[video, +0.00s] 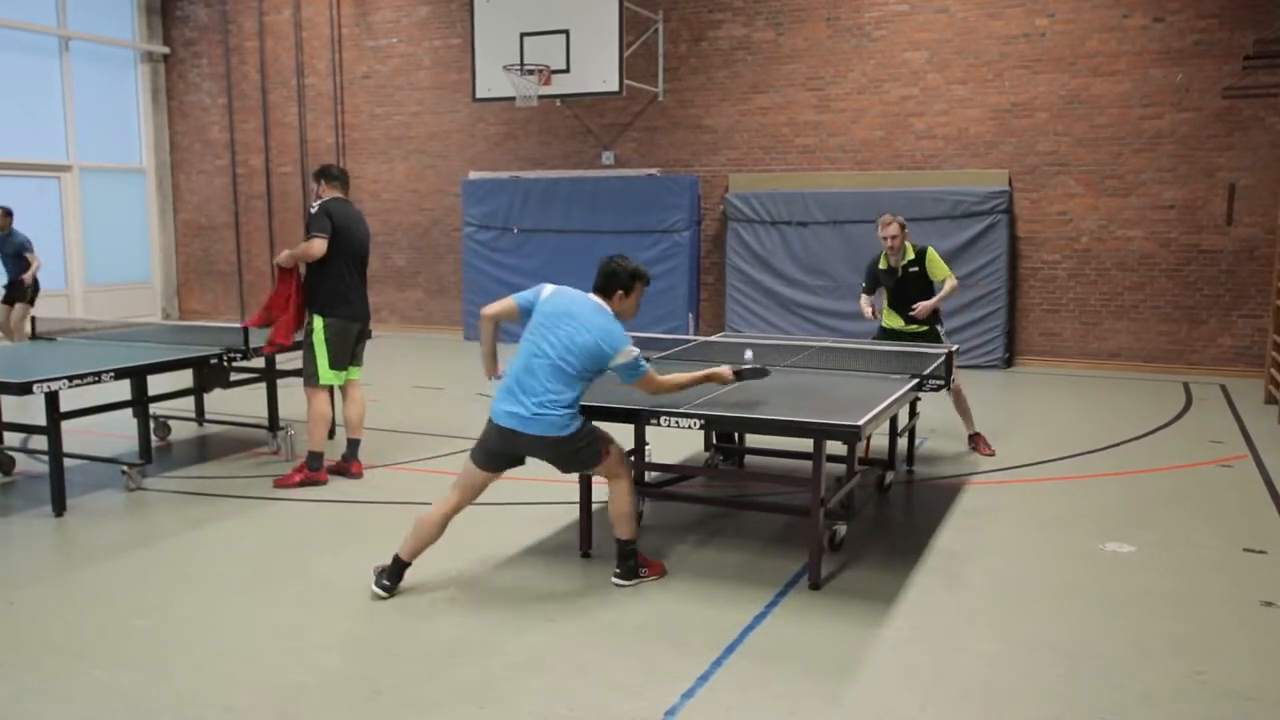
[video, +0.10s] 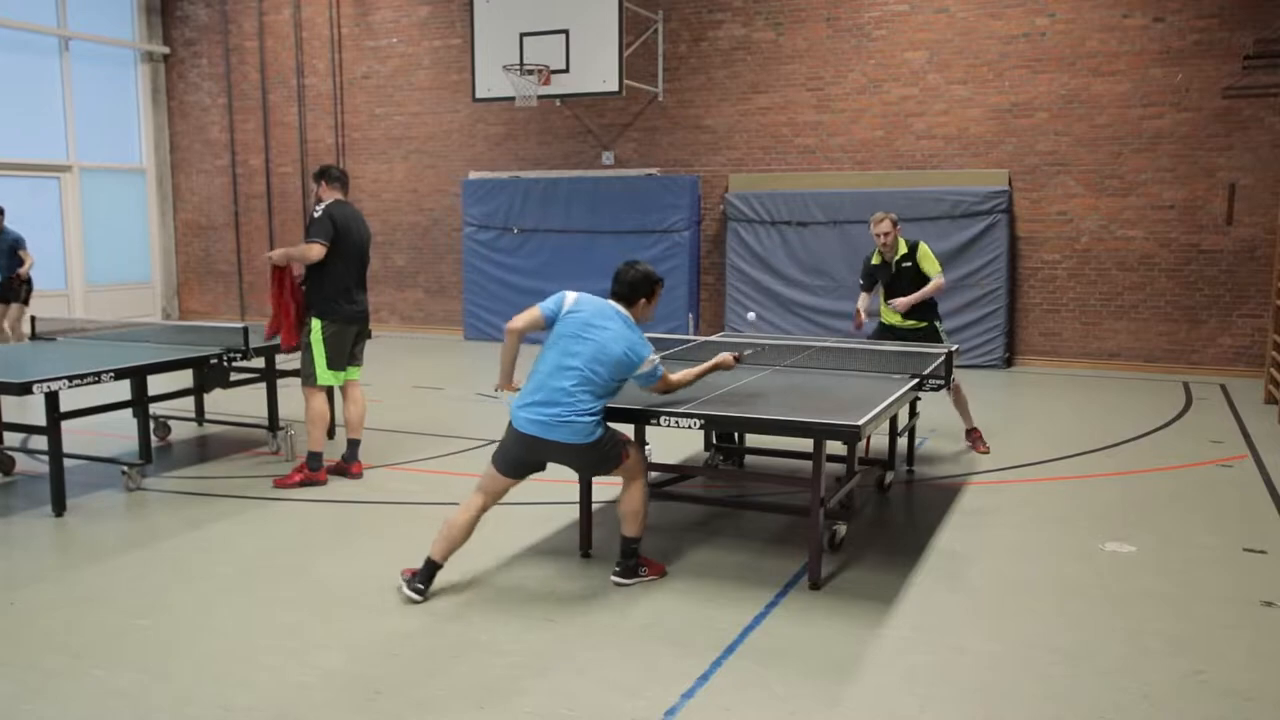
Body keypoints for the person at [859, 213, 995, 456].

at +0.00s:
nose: (890, 243)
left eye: (894, 238)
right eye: (885, 239)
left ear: (905, 236)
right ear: (880, 239)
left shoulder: (924, 254)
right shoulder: (876, 265)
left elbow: (951, 282)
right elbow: (866, 294)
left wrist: (932, 303)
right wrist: (866, 307)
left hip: (927, 331)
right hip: (891, 331)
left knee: (953, 383)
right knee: (869, 381)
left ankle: (973, 434)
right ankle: (864, 441)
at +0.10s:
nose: (882, 240)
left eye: (886, 234)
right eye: (877, 236)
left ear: (897, 232)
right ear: (873, 237)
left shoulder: (917, 249)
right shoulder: (873, 260)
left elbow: (939, 282)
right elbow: (866, 291)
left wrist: (909, 300)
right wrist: (860, 310)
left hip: (924, 328)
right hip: (889, 328)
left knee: (950, 380)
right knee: (863, 374)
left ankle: (971, 430)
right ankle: (861, 432)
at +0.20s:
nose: (875, 251)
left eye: (878, 245)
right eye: (870, 247)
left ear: (889, 243)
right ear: (865, 249)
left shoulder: (906, 262)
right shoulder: (869, 271)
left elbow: (909, 295)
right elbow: (867, 306)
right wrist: (853, 325)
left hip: (923, 338)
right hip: (888, 336)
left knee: (951, 391)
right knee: (865, 383)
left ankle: (973, 432)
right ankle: (861, 437)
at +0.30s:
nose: (866, 257)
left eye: (870, 251)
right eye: (861, 253)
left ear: (882, 248)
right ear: (858, 255)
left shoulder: (900, 268)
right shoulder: (865, 278)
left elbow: (899, 301)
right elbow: (864, 315)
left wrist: (862, 298)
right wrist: (841, 328)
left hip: (920, 342)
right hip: (886, 341)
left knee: (951, 394)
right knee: (864, 386)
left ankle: (971, 433)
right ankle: (861, 437)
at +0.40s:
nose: (864, 252)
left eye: (868, 246)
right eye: (859, 248)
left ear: (881, 244)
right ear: (856, 250)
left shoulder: (902, 262)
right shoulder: (861, 276)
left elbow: (927, 285)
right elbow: (854, 311)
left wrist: (892, 289)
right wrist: (823, 324)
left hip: (918, 340)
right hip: (882, 339)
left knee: (948, 389)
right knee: (860, 381)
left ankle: (954, 427)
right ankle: (859, 435)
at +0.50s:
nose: (866, 247)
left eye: (870, 241)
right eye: (862, 243)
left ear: (886, 238)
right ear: (861, 245)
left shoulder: (910, 257)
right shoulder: (860, 272)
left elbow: (953, 260)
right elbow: (836, 301)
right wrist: (806, 321)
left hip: (916, 340)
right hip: (878, 341)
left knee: (946, 387)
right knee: (861, 388)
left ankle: (951, 432)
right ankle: (860, 441)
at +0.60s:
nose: (862, 236)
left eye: (867, 230)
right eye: (859, 232)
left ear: (882, 229)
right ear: (856, 234)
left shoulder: (906, 247)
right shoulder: (855, 264)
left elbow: (933, 248)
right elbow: (821, 291)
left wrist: (955, 246)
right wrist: (789, 314)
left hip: (905, 334)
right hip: (867, 335)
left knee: (933, 380)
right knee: (852, 384)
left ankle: (951, 429)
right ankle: (855, 435)